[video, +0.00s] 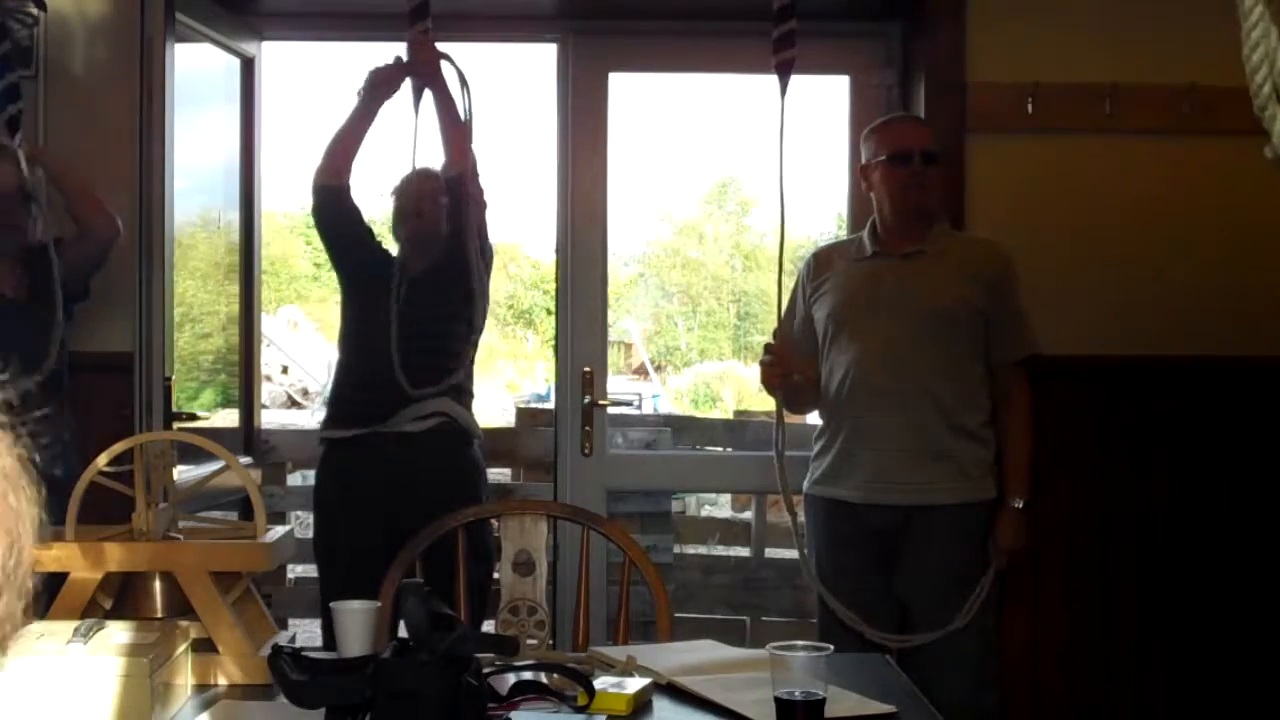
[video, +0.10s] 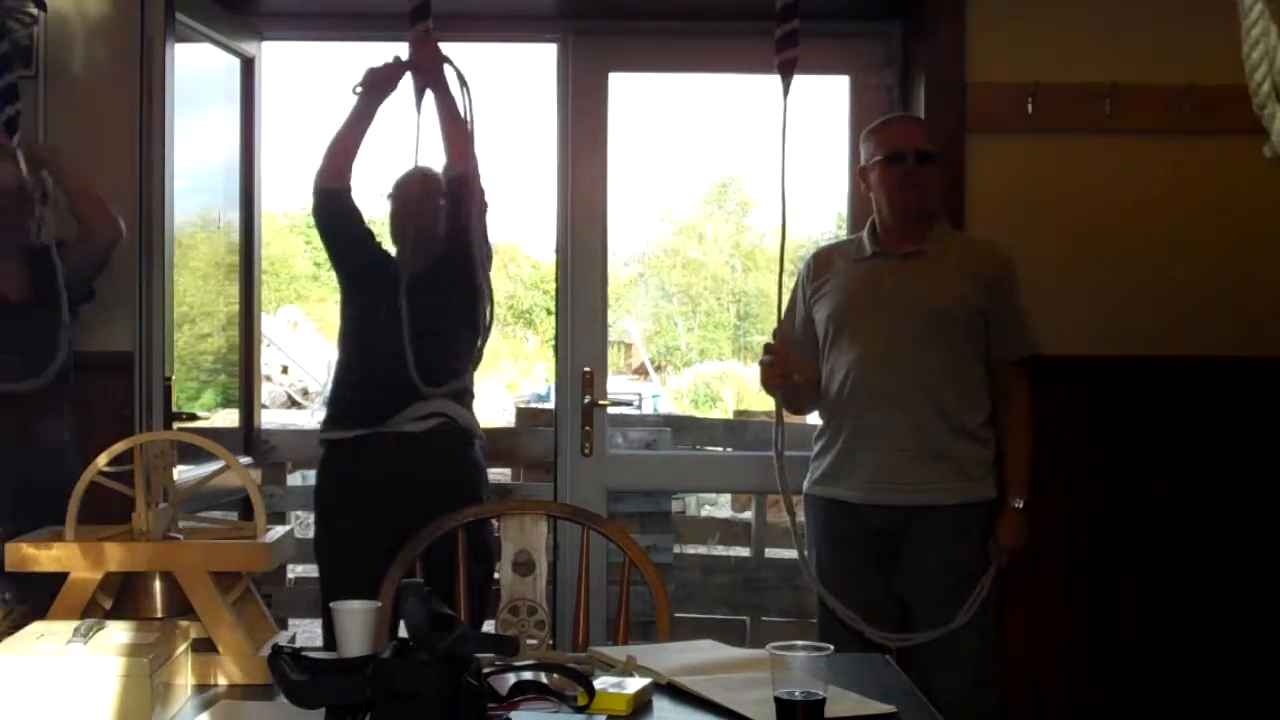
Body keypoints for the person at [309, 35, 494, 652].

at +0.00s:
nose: (423, 199)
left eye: (437, 192)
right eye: (411, 193)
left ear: (454, 214)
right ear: (395, 216)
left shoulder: (463, 277)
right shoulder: (367, 271)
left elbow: (463, 176)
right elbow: (328, 187)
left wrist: (435, 83)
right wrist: (372, 100)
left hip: (440, 460)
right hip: (354, 461)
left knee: (452, 624)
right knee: (353, 629)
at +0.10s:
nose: (422, 200)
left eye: (433, 193)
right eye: (408, 194)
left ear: (452, 214)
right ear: (390, 217)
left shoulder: (464, 278)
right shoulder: (366, 274)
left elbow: (463, 173)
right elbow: (329, 189)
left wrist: (436, 82)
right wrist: (368, 102)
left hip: (442, 464)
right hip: (356, 465)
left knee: (452, 633)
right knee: (355, 638)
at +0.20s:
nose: (428, 200)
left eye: (439, 193)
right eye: (413, 194)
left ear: (454, 214)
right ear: (391, 217)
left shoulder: (463, 277)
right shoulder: (366, 274)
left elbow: (464, 175)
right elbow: (328, 194)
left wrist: (436, 81)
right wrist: (365, 102)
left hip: (442, 463)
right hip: (357, 464)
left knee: (452, 632)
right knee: (355, 635)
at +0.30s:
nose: (423, 204)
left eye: (435, 196)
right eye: (407, 196)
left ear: (451, 215)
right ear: (388, 218)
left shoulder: (462, 277)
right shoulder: (365, 275)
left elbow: (464, 176)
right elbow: (327, 199)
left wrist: (434, 82)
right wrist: (363, 107)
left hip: (443, 464)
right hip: (357, 463)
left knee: (453, 631)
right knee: (355, 634)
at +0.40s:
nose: (421, 206)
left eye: (432, 197)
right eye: (406, 197)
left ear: (450, 215)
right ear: (387, 218)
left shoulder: (463, 280)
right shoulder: (366, 277)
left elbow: (462, 176)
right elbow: (325, 202)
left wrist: (429, 84)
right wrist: (358, 109)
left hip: (444, 468)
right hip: (358, 468)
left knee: (452, 637)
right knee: (356, 642)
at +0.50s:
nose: (423, 209)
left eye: (435, 199)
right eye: (409, 200)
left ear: (452, 215)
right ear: (391, 217)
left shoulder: (466, 280)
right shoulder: (366, 275)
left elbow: (461, 173)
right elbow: (320, 197)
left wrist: (427, 83)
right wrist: (349, 105)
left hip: (446, 468)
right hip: (359, 464)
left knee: (453, 635)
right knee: (357, 636)